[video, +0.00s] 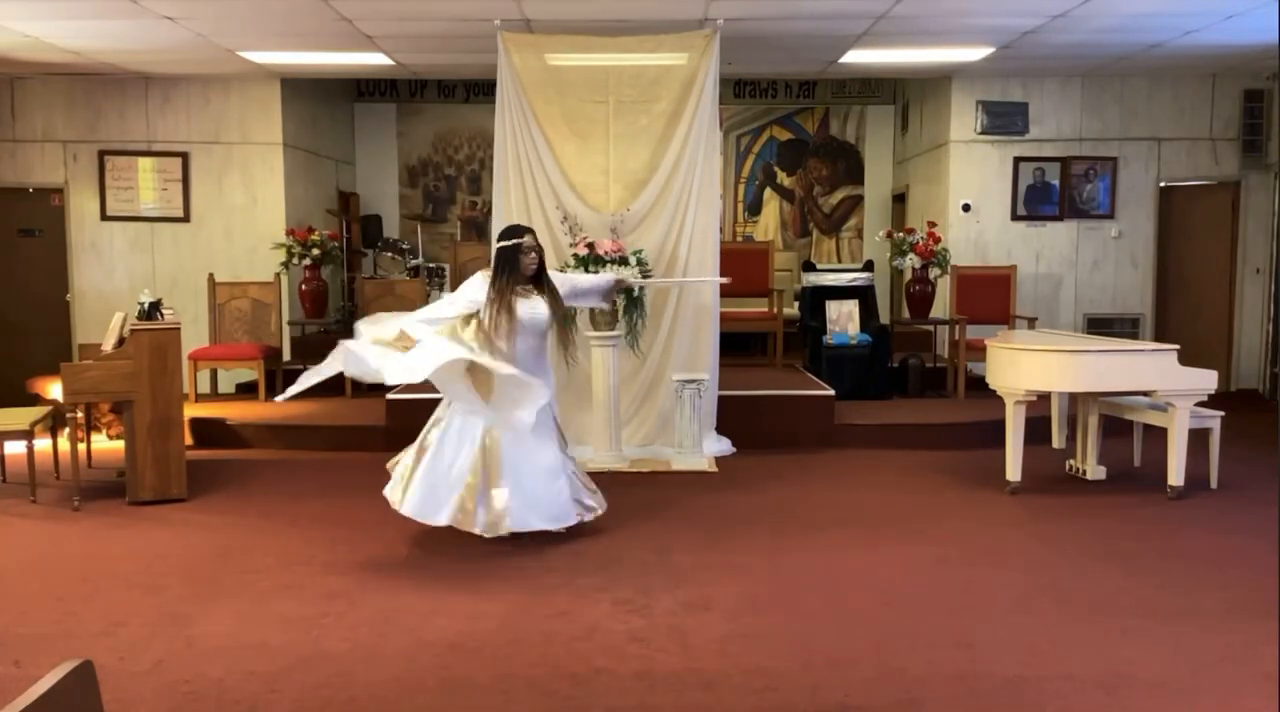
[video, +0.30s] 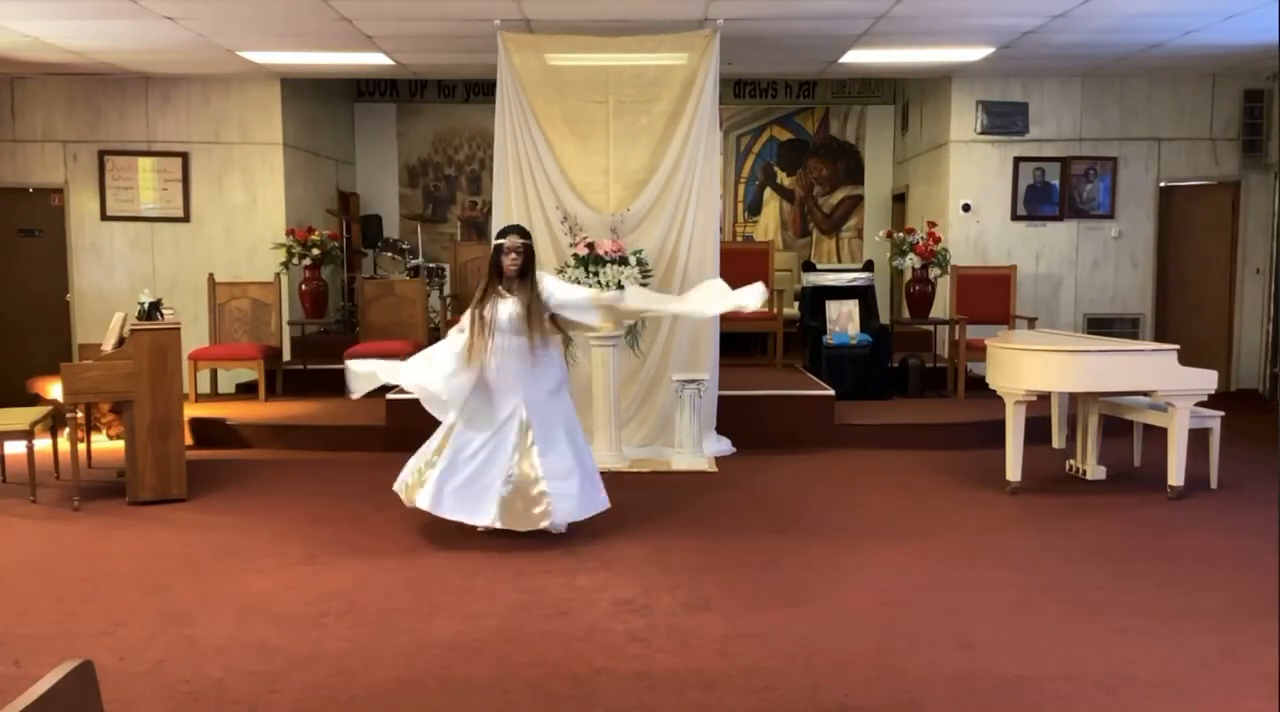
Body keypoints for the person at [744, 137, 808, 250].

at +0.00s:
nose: (777, 159)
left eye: (782, 155)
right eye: (777, 155)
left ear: (795, 157)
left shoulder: (805, 177)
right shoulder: (772, 175)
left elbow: (798, 199)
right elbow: (753, 211)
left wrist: (772, 183)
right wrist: (762, 183)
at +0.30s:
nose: (777, 159)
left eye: (782, 155)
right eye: (777, 155)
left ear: (795, 157)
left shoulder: (805, 177)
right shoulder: (772, 175)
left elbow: (798, 199)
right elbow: (753, 211)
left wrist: (772, 183)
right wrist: (762, 183)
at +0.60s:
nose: (777, 159)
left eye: (782, 155)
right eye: (777, 155)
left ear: (795, 157)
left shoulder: (805, 177)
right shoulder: (772, 175)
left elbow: (798, 199)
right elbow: (753, 211)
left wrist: (772, 183)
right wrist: (762, 183)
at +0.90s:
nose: (777, 159)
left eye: (782, 155)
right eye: (777, 155)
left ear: (795, 157)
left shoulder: (805, 177)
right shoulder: (772, 175)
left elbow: (798, 199)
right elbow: (753, 211)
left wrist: (772, 183)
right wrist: (762, 183)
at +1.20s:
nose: (777, 159)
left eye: (782, 155)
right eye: (777, 155)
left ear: (795, 157)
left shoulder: (805, 177)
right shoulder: (772, 175)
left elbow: (798, 199)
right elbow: (753, 211)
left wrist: (772, 183)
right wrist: (762, 183)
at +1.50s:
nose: (777, 159)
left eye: (782, 155)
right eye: (777, 155)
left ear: (795, 157)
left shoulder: (805, 177)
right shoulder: (772, 175)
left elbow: (798, 199)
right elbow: (753, 211)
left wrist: (772, 183)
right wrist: (762, 183)